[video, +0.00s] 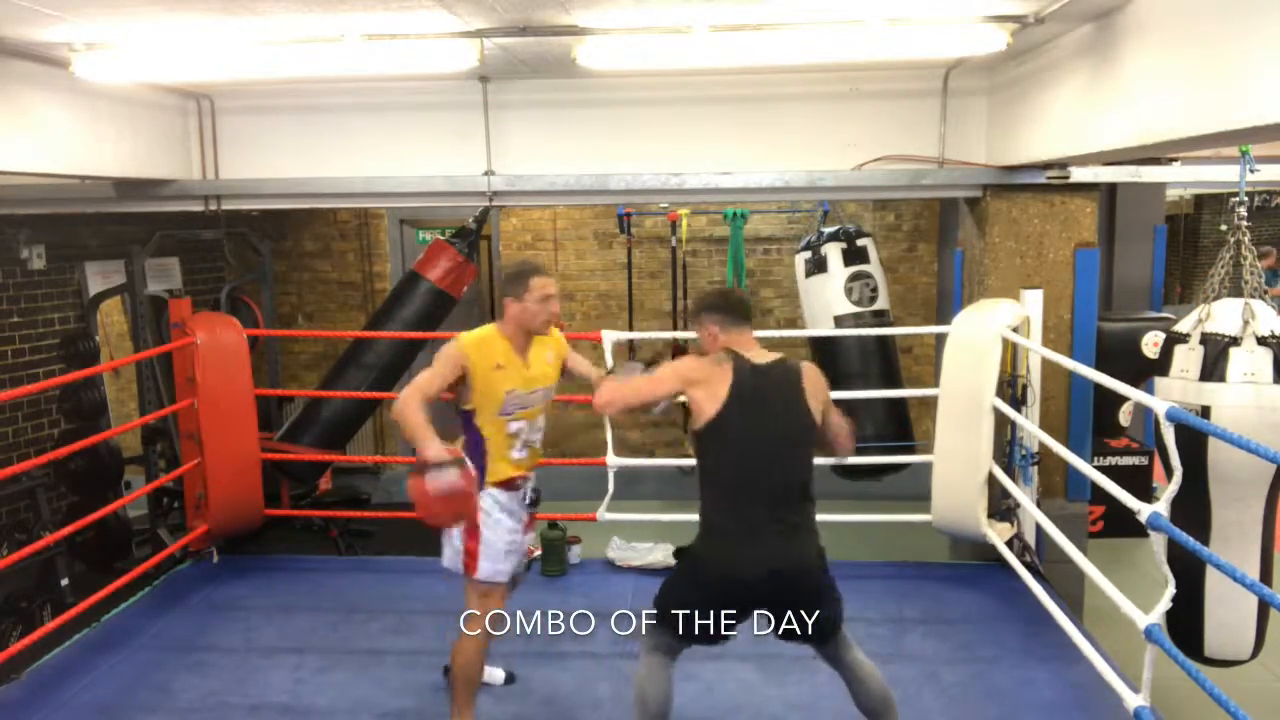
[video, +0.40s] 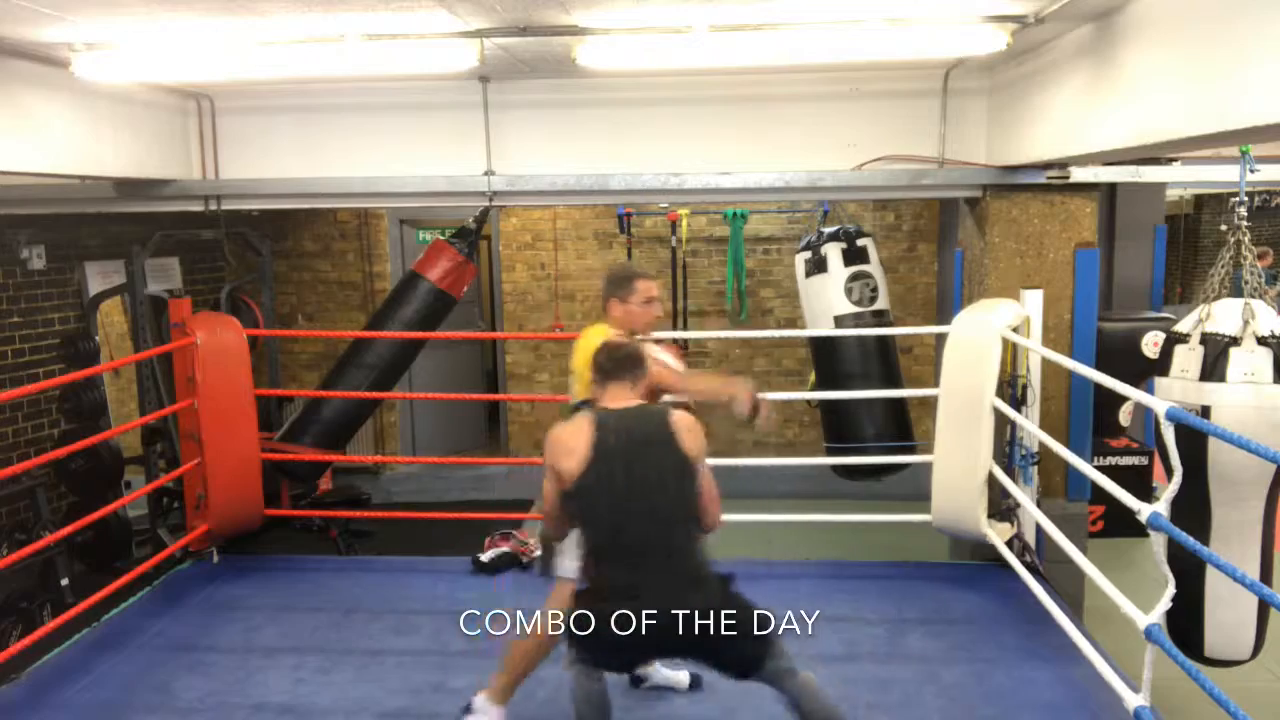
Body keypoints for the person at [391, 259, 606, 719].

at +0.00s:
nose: (556, 308)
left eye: (556, 298)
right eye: (545, 300)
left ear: (552, 301)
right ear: (512, 305)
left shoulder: (552, 343)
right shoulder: (470, 347)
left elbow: (597, 379)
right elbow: (407, 401)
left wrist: (635, 396)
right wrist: (432, 446)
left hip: (521, 489)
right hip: (483, 494)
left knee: (499, 590)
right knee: (485, 612)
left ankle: (463, 660)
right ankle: (462, 713)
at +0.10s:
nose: (584, 303)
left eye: (584, 294)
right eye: (574, 295)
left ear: (559, 303)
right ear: (541, 300)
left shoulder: (563, 347)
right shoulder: (505, 338)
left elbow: (584, 391)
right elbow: (465, 371)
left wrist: (605, 398)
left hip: (538, 482)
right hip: (499, 489)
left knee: (550, 570)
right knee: (488, 611)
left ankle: (500, 643)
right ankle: (463, 712)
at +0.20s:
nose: (605, 308)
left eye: (606, 298)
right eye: (594, 299)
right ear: (561, 302)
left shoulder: (584, 350)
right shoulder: (534, 338)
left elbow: (596, 397)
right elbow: (597, 323)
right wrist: (651, 310)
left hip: (569, 488)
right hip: (523, 494)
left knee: (582, 568)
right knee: (500, 606)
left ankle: (581, 656)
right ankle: (466, 711)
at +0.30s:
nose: (630, 311)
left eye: (631, 302)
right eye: (619, 302)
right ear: (585, 305)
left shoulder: (611, 348)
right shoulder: (565, 338)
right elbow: (653, 335)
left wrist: (646, 360)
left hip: (595, 487)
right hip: (553, 491)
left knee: (616, 578)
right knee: (519, 606)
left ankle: (638, 658)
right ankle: (470, 709)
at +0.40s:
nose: (657, 309)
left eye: (658, 301)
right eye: (648, 302)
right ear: (615, 306)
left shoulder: (639, 345)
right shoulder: (598, 343)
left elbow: (669, 381)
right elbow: (677, 382)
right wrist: (737, 390)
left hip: (629, 488)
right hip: (586, 491)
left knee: (651, 568)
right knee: (568, 603)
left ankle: (646, 660)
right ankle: (493, 699)